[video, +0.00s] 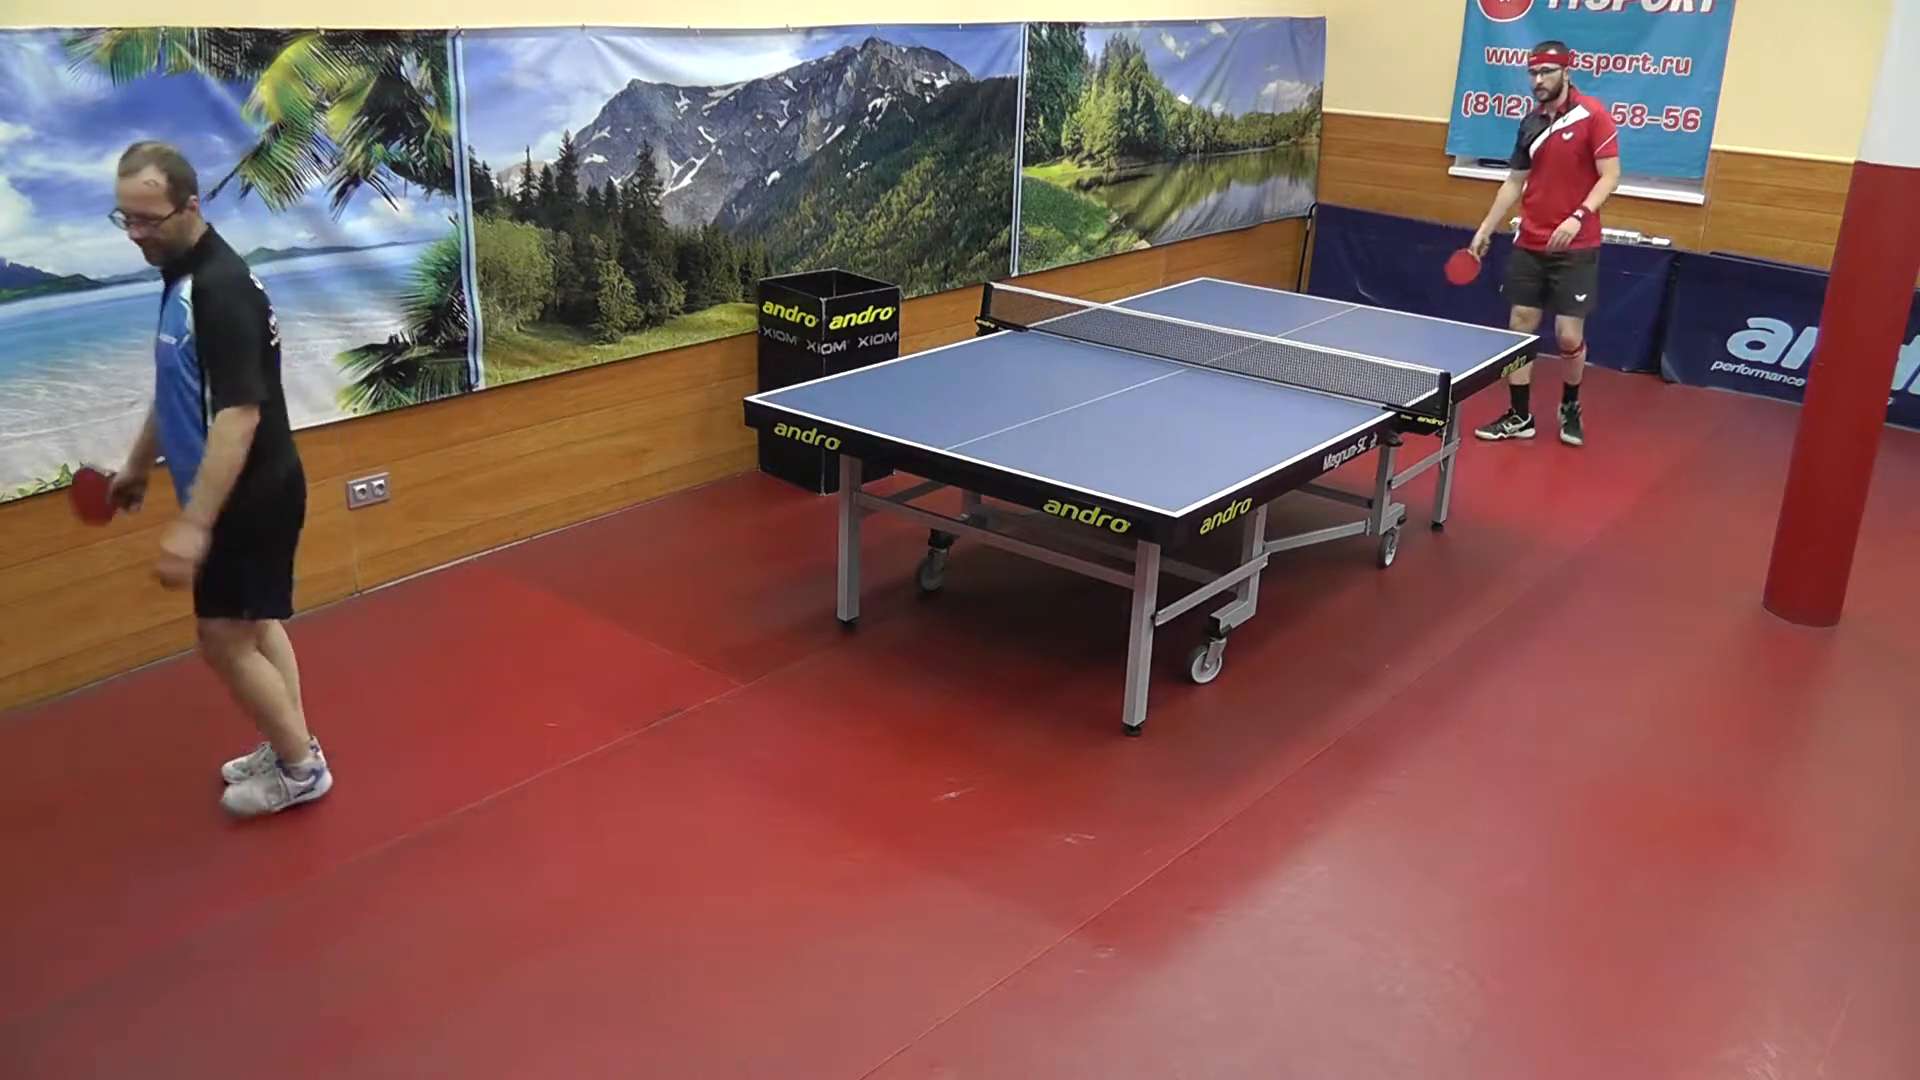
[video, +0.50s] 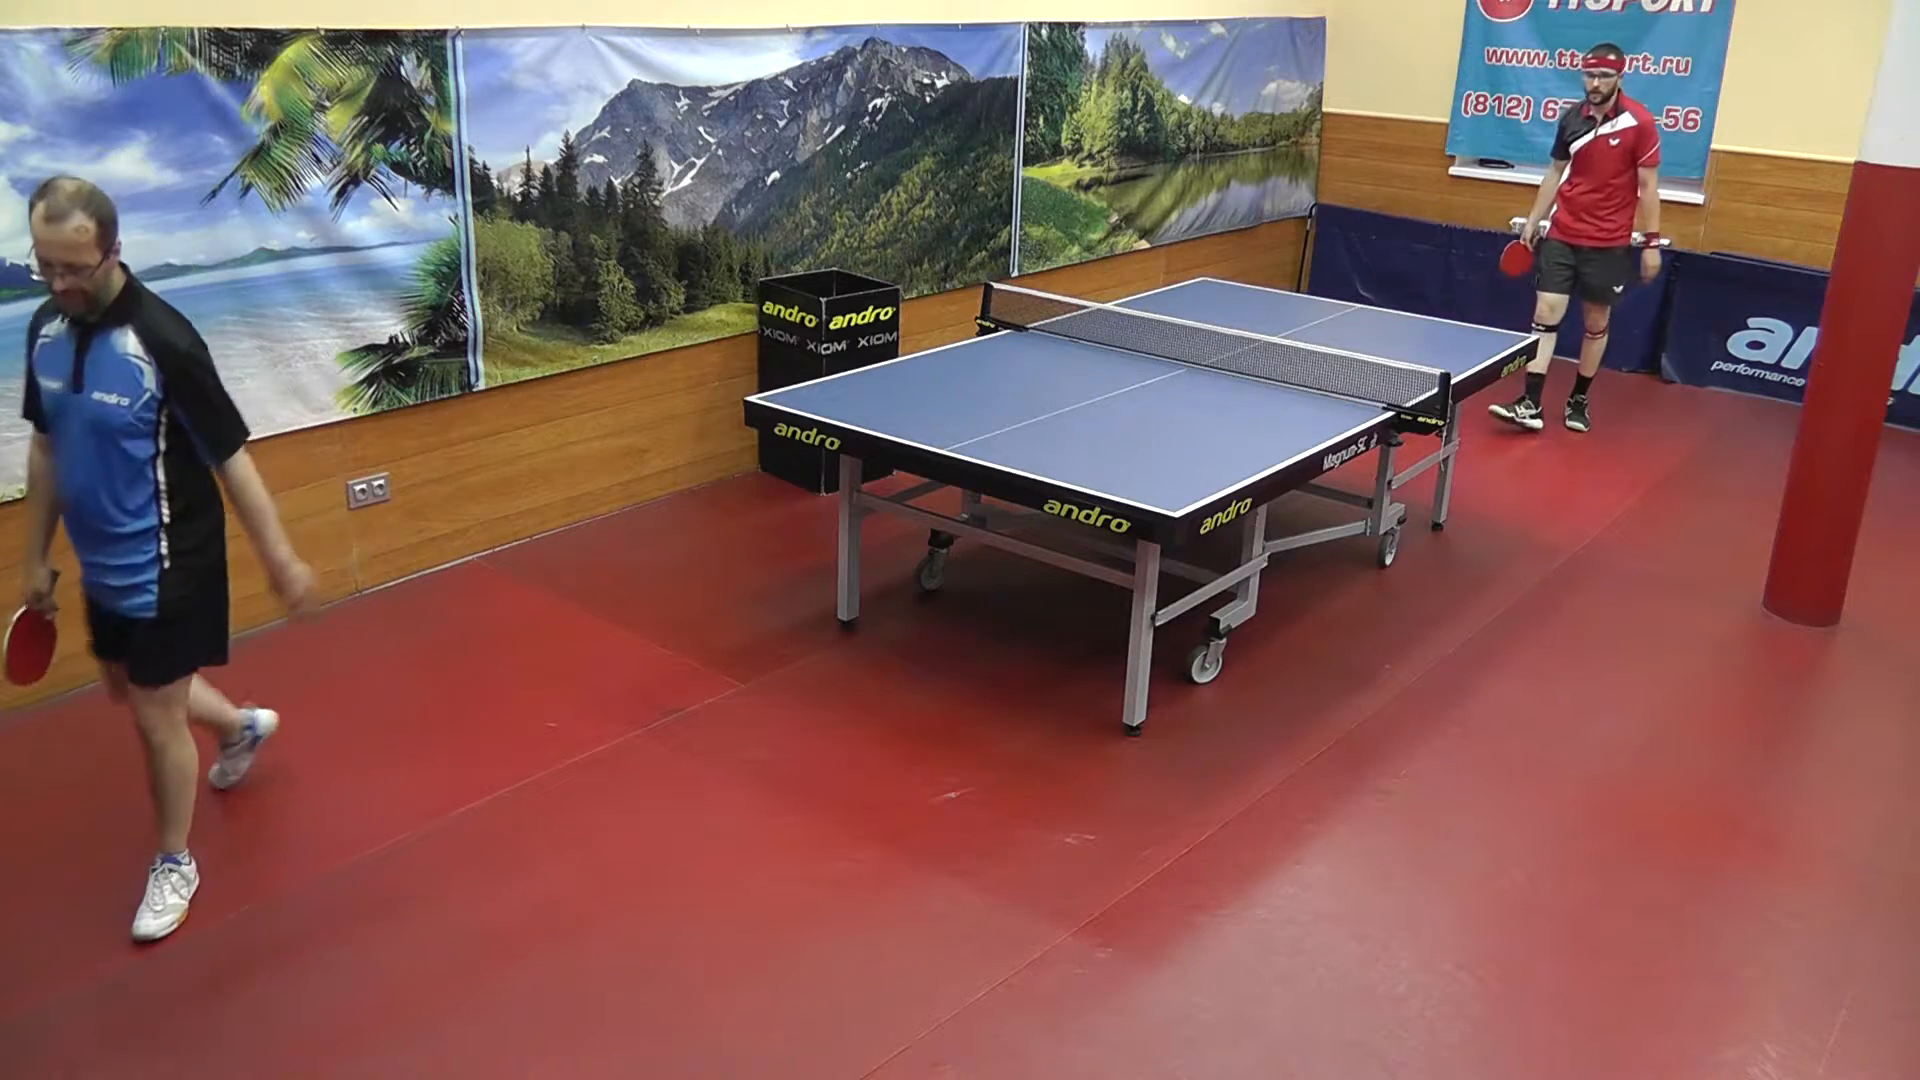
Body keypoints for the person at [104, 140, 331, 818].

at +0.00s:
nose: (133, 234)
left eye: (146, 219)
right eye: (125, 219)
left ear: (189, 207)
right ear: (122, 211)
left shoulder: (219, 285)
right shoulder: (182, 275)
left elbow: (240, 415)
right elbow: (179, 387)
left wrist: (195, 522)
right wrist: (139, 465)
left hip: (252, 488)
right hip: (233, 484)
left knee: (223, 643)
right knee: (258, 624)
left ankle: (301, 769)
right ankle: (291, 747)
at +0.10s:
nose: (117, 235)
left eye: (131, 219)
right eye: (107, 220)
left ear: (171, 208)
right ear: (102, 213)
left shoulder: (211, 291)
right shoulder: (154, 283)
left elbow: (250, 417)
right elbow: (143, 390)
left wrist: (271, 529)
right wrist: (108, 479)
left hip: (230, 503)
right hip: (200, 501)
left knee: (206, 654)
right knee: (247, 626)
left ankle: (264, 787)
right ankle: (292, 743)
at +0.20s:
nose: (100, 245)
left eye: (115, 230)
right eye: (90, 230)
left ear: (154, 218)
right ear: (82, 221)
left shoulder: (196, 300)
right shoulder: (121, 295)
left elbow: (262, 412)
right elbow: (117, 402)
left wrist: (321, 516)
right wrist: (96, 497)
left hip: (225, 513)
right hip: (186, 513)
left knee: (192, 664)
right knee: (242, 624)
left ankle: (216, 822)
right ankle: (292, 742)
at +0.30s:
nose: (81, 260)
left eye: (95, 245)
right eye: (71, 244)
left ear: (135, 232)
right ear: (62, 232)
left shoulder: (185, 312)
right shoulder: (93, 306)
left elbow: (266, 413)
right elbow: (98, 417)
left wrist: (334, 510)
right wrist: (84, 520)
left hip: (210, 527)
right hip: (165, 524)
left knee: (178, 679)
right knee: (234, 631)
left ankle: (179, 847)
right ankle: (291, 737)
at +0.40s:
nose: (68, 272)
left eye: (82, 256)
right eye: (57, 256)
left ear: (121, 243)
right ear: (47, 243)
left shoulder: (173, 326)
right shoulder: (68, 317)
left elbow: (251, 430)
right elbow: (73, 433)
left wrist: (320, 525)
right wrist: (65, 539)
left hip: (188, 543)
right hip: (139, 542)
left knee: (164, 701)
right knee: (213, 649)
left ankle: (174, 862)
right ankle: (279, 731)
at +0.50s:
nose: (59, 283)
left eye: (75, 268)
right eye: (46, 267)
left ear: (112, 249)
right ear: (36, 253)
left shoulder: (164, 338)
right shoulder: (45, 325)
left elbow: (230, 455)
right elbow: (46, 445)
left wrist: (282, 559)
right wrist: (37, 558)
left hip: (169, 565)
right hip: (102, 564)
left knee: (161, 712)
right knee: (135, 682)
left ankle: (174, 863)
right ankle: (239, 724)